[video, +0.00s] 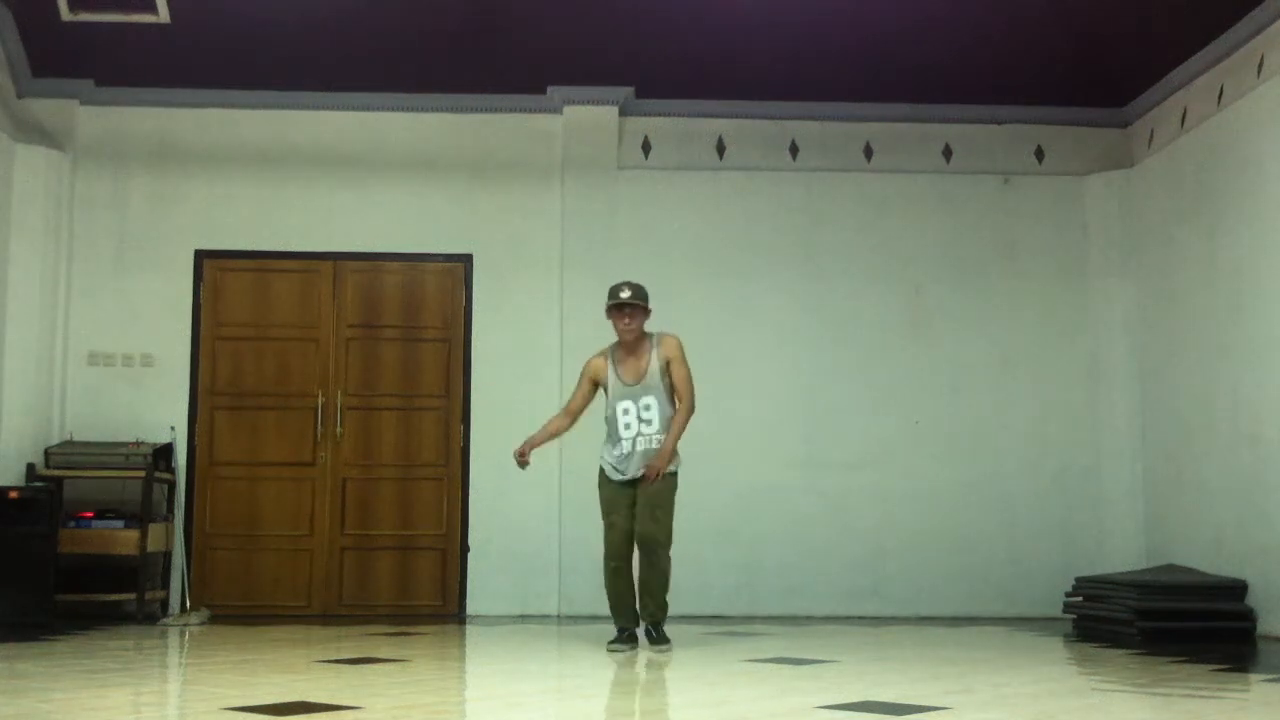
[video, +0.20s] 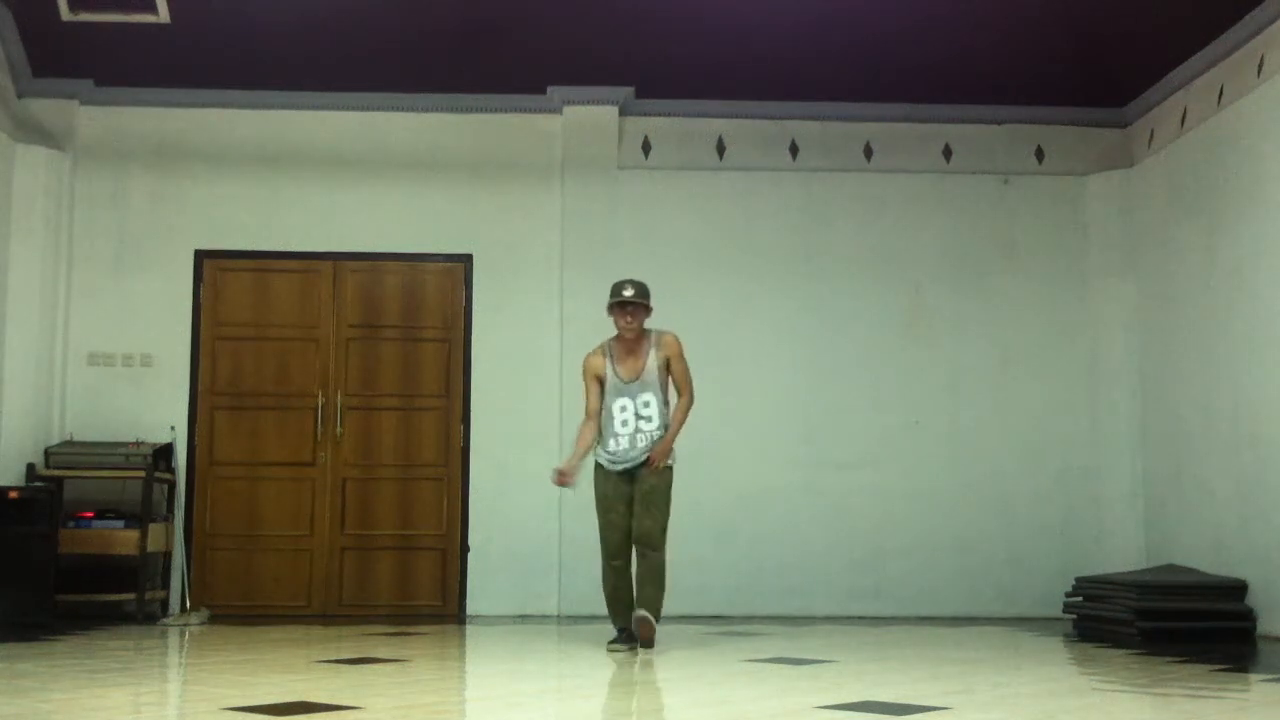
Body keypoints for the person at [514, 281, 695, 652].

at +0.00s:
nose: (626, 317)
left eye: (633, 310)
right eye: (619, 311)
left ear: (646, 314)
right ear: (610, 316)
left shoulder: (666, 348)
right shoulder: (599, 365)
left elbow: (686, 404)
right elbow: (568, 414)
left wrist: (665, 452)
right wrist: (531, 442)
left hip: (658, 467)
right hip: (615, 470)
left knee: (653, 544)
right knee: (617, 548)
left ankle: (654, 622)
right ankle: (626, 627)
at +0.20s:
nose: (628, 315)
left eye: (635, 309)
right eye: (621, 309)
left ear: (646, 312)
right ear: (611, 312)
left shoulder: (666, 345)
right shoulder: (596, 361)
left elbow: (685, 397)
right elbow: (591, 419)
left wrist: (667, 442)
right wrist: (572, 463)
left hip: (653, 463)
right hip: (610, 466)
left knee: (648, 541)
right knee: (614, 548)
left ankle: (647, 622)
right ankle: (624, 629)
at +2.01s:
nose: (625, 304)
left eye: (633, 298)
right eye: (619, 298)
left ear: (647, 304)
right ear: (611, 304)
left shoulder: (667, 345)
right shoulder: (598, 353)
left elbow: (676, 402)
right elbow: (593, 406)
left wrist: (681, 455)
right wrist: (593, 452)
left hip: (657, 462)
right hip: (614, 463)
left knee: (649, 539)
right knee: (620, 544)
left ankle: (641, 615)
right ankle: (628, 622)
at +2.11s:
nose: (631, 304)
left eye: (639, 298)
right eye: (624, 298)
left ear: (650, 304)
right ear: (616, 303)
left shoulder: (669, 348)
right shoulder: (599, 350)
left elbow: (677, 406)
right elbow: (589, 402)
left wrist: (680, 459)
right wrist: (595, 440)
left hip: (657, 463)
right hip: (613, 463)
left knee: (649, 542)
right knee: (619, 546)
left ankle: (650, 622)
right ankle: (628, 625)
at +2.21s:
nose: (636, 303)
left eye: (644, 297)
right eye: (630, 297)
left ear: (655, 304)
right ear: (621, 302)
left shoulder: (671, 351)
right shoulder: (601, 347)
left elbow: (677, 409)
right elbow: (590, 398)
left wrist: (677, 461)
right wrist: (595, 428)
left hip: (655, 463)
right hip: (612, 463)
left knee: (652, 545)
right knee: (618, 547)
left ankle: (652, 620)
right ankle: (628, 624)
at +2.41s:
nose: (647, 308)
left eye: (654, 303)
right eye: (640, 302)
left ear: (664, 311)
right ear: (629, 308)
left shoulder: (673, 365)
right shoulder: (606, 350)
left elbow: (677, 423)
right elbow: (590, 401)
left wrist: (679, 477)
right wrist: (593, 436)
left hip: (659, 468)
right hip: (616, 464)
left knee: (654, 549)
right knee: (621, 547)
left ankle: (647, 624)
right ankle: (627, 624)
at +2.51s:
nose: (648, 308)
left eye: (655, 302)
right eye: (641, 301)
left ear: (665, 310)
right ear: (630, 308)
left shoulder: (674, 363)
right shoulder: (607, 350)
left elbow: (679, 421)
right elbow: (593, 403)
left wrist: (681, 473)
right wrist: (591, 451)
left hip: (659, 470)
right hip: (614, 467)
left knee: (652, 549)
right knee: (618, 546)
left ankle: (647, 624)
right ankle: (620, 624)